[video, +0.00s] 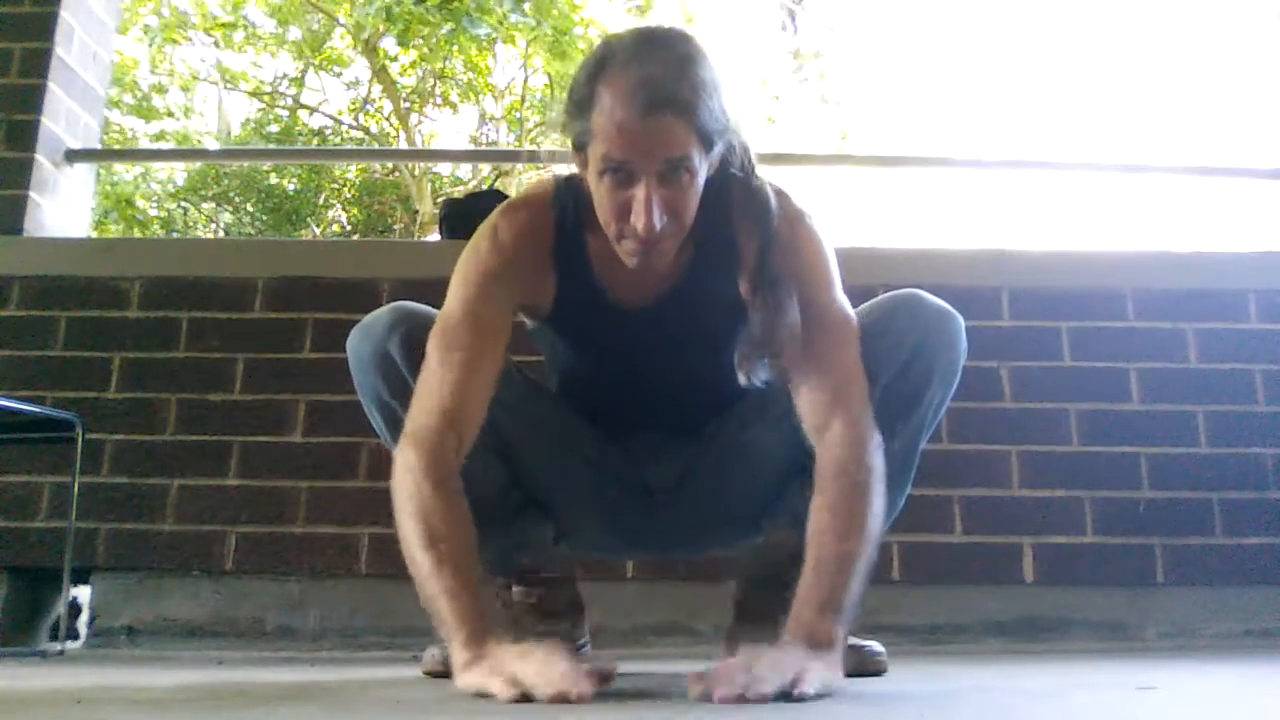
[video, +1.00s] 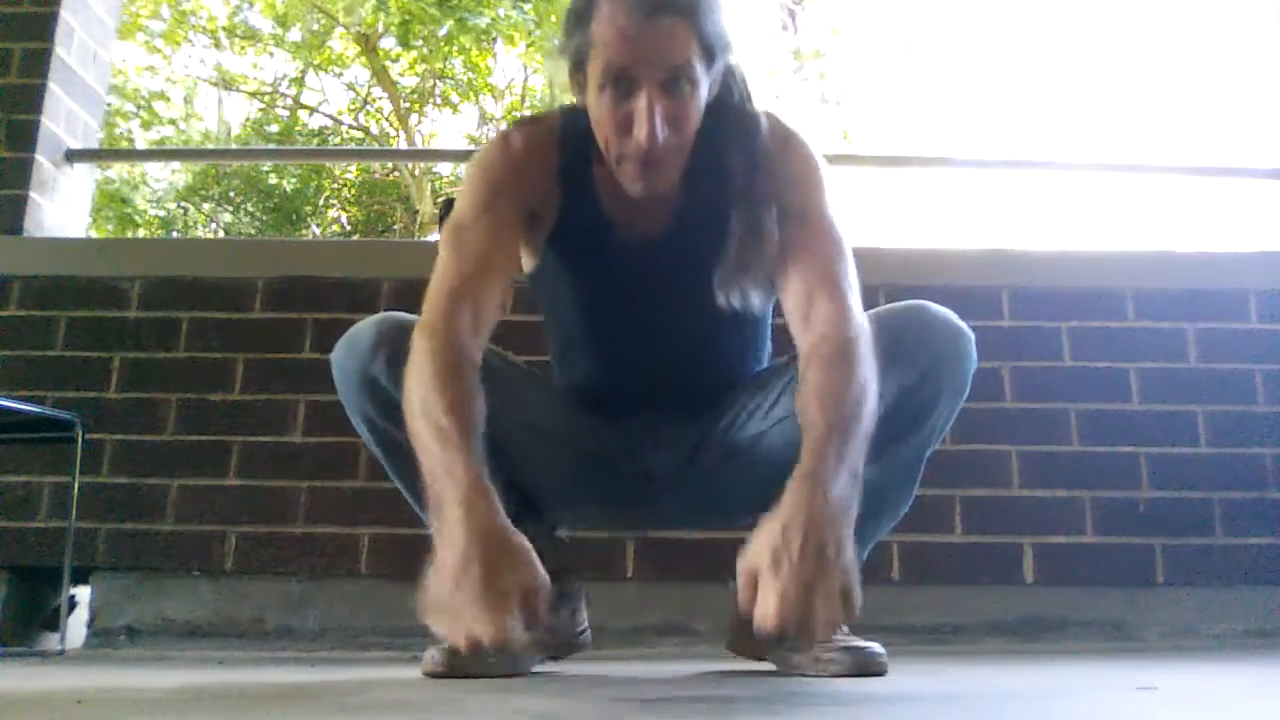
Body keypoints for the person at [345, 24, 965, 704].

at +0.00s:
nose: (645, 212)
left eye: (675, 174)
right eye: (617, 175)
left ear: (715, 158)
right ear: (580, 158)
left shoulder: (773, 230)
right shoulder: (520, 235)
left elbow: (848, 439)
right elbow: (423, 458)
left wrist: (808, 637)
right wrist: (472, 647)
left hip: (728, 478)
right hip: (584, 479)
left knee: (926, 325)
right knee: (388, 336)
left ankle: (781, 622)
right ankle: (540, 605)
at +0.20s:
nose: (647, 178)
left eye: (677, 142)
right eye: (619, 141)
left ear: (717, 129)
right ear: (584, 130)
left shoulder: (772, 210)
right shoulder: (521, 217)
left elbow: (839, 390)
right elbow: (426, 419)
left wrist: (819, 586)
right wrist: (464, 591)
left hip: (729, 472)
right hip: (584, 473)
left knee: (923, 325)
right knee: (381, 339)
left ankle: (792, 608)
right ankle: (520, 606)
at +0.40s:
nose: (649, 175)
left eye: (677, 140)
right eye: (621, 140)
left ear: (716, 126)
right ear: (585, 126)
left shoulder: (770, 197)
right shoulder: (528, 202)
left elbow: (859, 356)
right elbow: (409, 371)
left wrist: (842, 436)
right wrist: (448, 445)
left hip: (732, 475)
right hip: (581, 477)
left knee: (928, 327)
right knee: (377, 344)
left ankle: (787, 609)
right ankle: (535, 608)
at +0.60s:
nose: (651, 191)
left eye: (680, 155)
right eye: (622, 156)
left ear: (718, 140)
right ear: (586, 141)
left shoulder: (775, 202)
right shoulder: (528, 201)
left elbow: (863, 370)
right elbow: (408, 370)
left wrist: (827, 450)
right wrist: (478, 460)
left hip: (731, 477)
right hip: (580, 476)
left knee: (928, 328)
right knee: (381, 343)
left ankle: (782, 610)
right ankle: (534, 604)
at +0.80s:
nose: (653, 187)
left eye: (681, 152)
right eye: (624, 153)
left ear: (720, 138)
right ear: (586, 139)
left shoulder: (773, 197)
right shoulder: (530, 195)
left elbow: (824, 379)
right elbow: (449, 382)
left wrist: (810, 569)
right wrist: (501, 572)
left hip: (734, 467)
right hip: (586, 467)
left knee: (929, 334)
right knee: (379, 347)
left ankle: (783, 609)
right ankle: (528, 607)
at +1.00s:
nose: (647, 122)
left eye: (675, 86)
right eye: (619, 88)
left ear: (713, 82)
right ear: (581, 83)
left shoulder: (773, 158)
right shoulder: (523, 161)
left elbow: (832, 333)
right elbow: (447, 339)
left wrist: (819, 512)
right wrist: (468, 529)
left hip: (732, 449)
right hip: (584, 448)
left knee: (936, 342)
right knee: (371, 353)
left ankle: (788, 602)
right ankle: (529, 605)